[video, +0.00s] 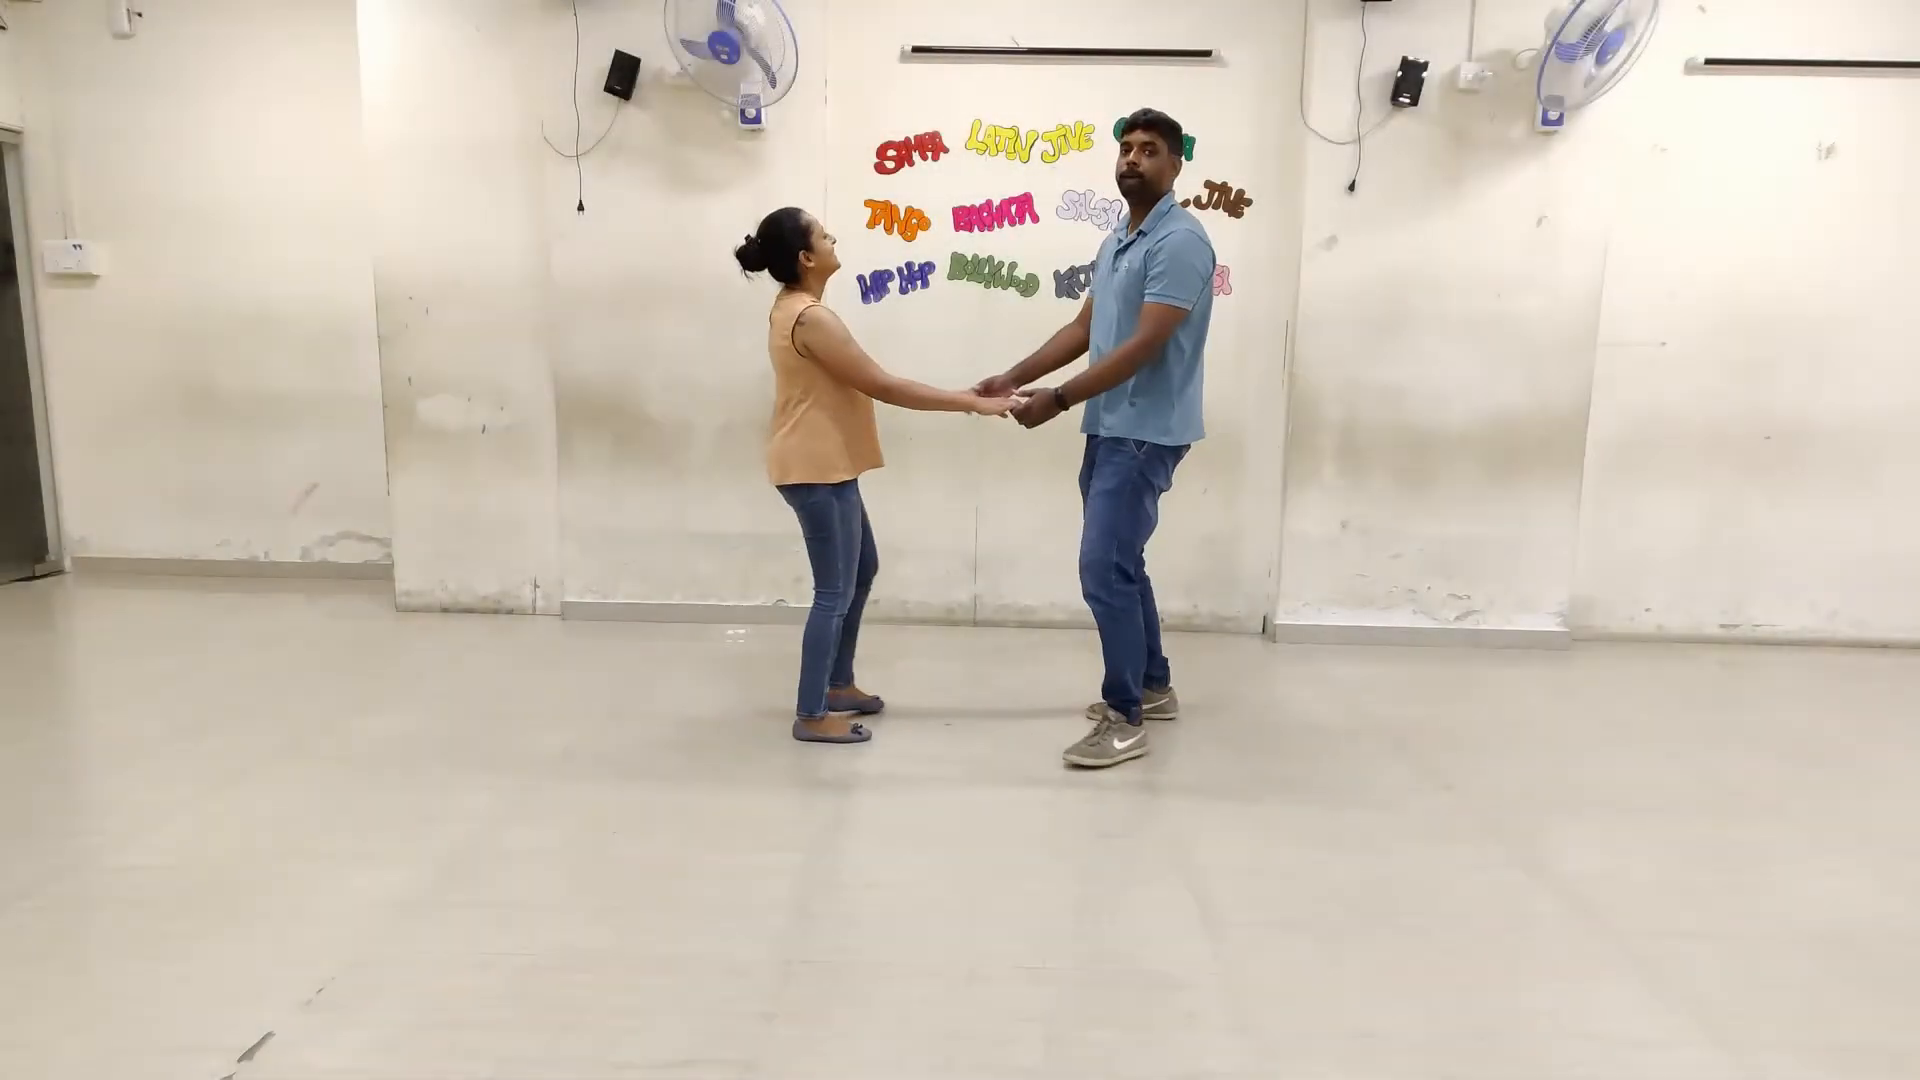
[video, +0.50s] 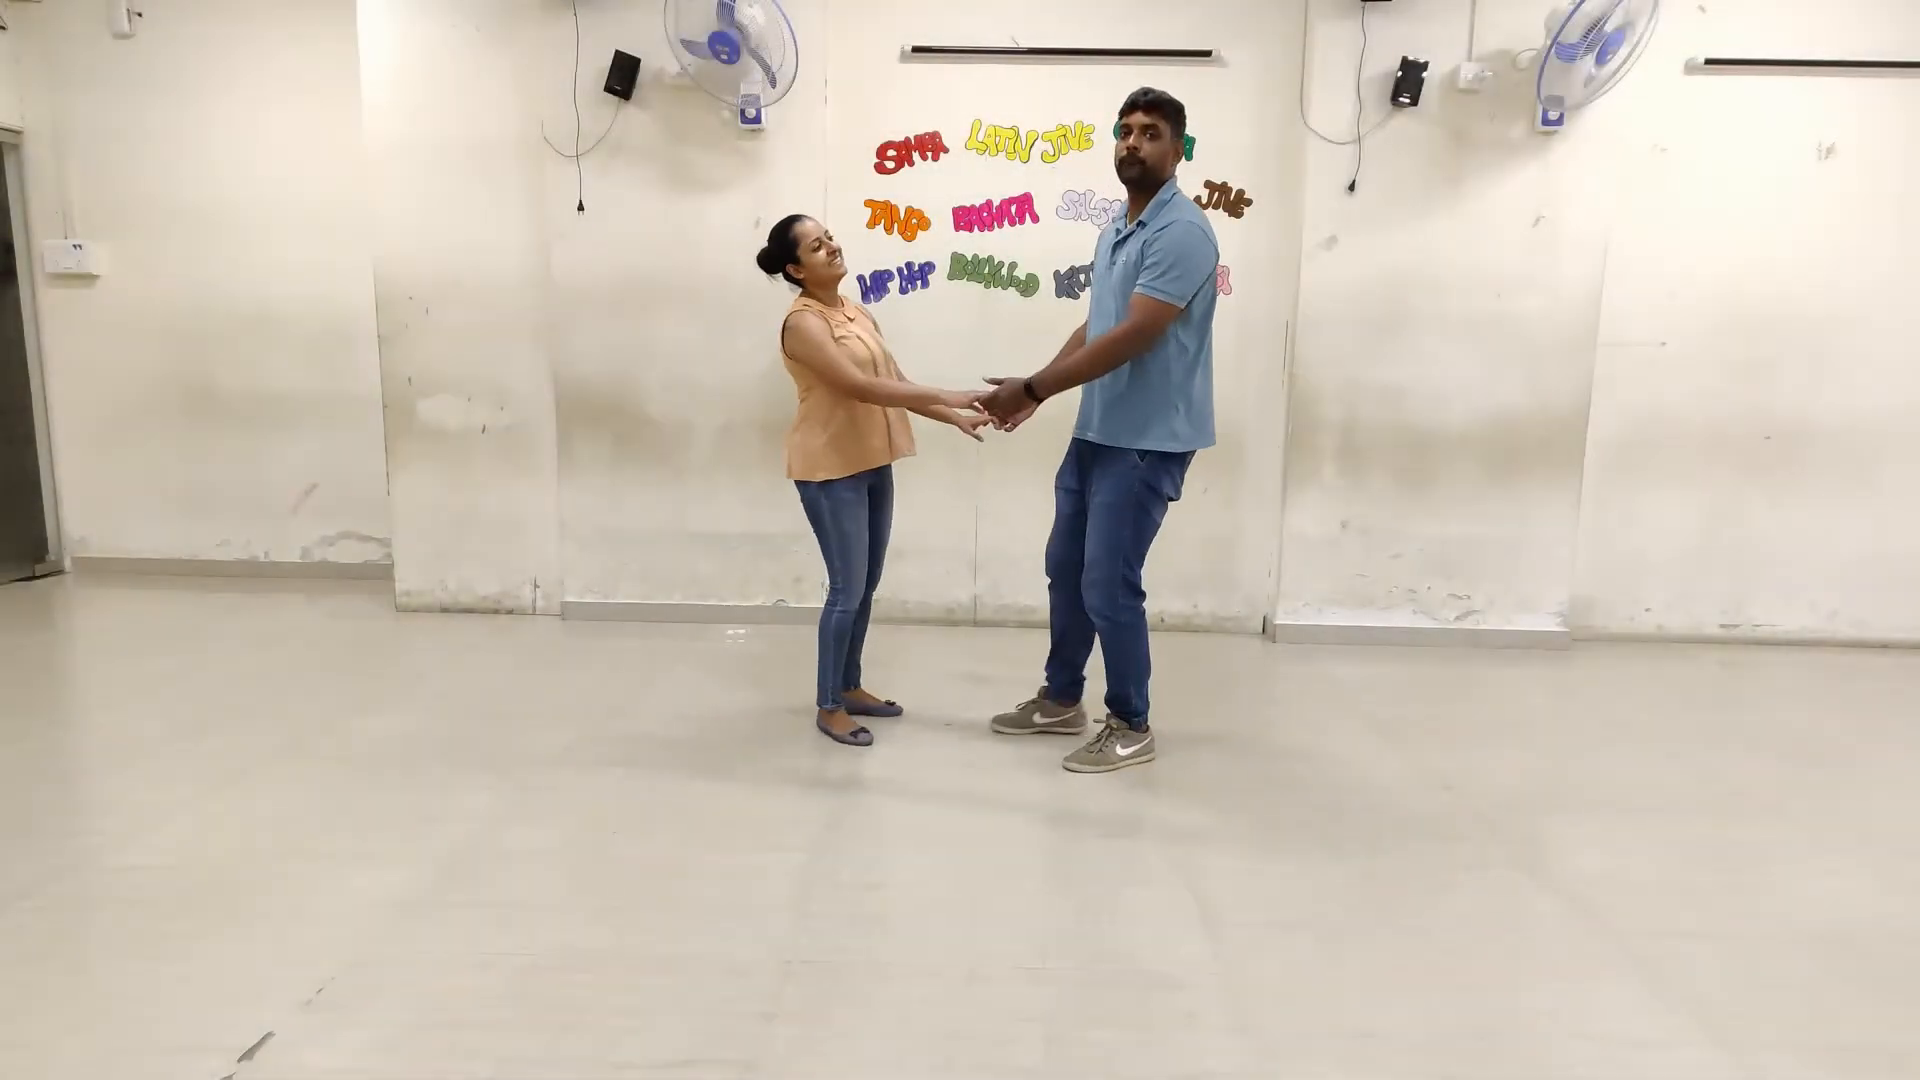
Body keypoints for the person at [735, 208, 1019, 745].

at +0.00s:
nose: (833, 242)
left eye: (827, 234)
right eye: (825, 237)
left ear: (798, 258)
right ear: (806, 256)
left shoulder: (791, 307)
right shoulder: (810, 319)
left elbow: (876, 381)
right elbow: (881, 385)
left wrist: (959, 399)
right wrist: (969, 400)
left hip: (823, 465)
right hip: (815, 469)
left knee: (861, 568)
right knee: (833, 589)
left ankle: (836, 687)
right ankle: (810, 716)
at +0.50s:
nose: (833, 247)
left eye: (830, 238)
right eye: (817, 246)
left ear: (836, 248)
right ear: (795, 269)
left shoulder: (856, 313)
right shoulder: (802, 324)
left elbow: (896, 386)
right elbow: (858, 387)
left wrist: (955, 411)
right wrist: (947, 402)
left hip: (873, 466)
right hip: (830, 473)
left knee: (864, 586)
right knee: (846, 589)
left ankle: (849, 689)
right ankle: (828, 708)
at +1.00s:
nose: (831, 251)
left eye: (827, 242)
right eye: (818, 246)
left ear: (805, 258)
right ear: (790, 261)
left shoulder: (813, 312)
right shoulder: (792, 319)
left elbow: (857, 382)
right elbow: (864, 379)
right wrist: (956, 390)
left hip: (847, 470)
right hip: (817, 475)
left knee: (858, 585)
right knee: (836, 594)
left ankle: (852, 691)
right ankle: (798, 717)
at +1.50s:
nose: (873, 250)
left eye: (869, 241)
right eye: (862, 243)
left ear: (840, 257)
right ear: (832, 256)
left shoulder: (842, 312)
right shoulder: (826, 316)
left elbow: (870, 391)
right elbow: (889, 388)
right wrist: (966, 365)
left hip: (856, 476)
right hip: (822, 478)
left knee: (910, 568)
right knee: (842, 600)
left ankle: (897, 692)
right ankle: (798, 719)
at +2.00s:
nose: (967, 244)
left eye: (963, 235)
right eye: (956, 237)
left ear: (932, 251)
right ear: (929, 250)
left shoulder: (939, 311)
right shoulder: (919, 315)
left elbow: (944, 390)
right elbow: (917, 403)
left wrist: (994, 370)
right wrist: (990, 382)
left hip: (949, 472)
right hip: (926, 476)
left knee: (943, 591)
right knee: (960, 594)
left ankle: (925, 702)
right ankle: (889, 698)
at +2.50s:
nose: (845, 270)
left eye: (843, 261)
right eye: (839, 262)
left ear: (802, 267)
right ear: (812, 268)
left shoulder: (772, 323)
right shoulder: (821, 326)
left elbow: (800, 398)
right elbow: (904, 374)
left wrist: (862, 416)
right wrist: (984, 353)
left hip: (780, 480)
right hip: (803, 486)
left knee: (852, 580)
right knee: (811, 614)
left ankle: (868, 706)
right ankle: (763, 741)